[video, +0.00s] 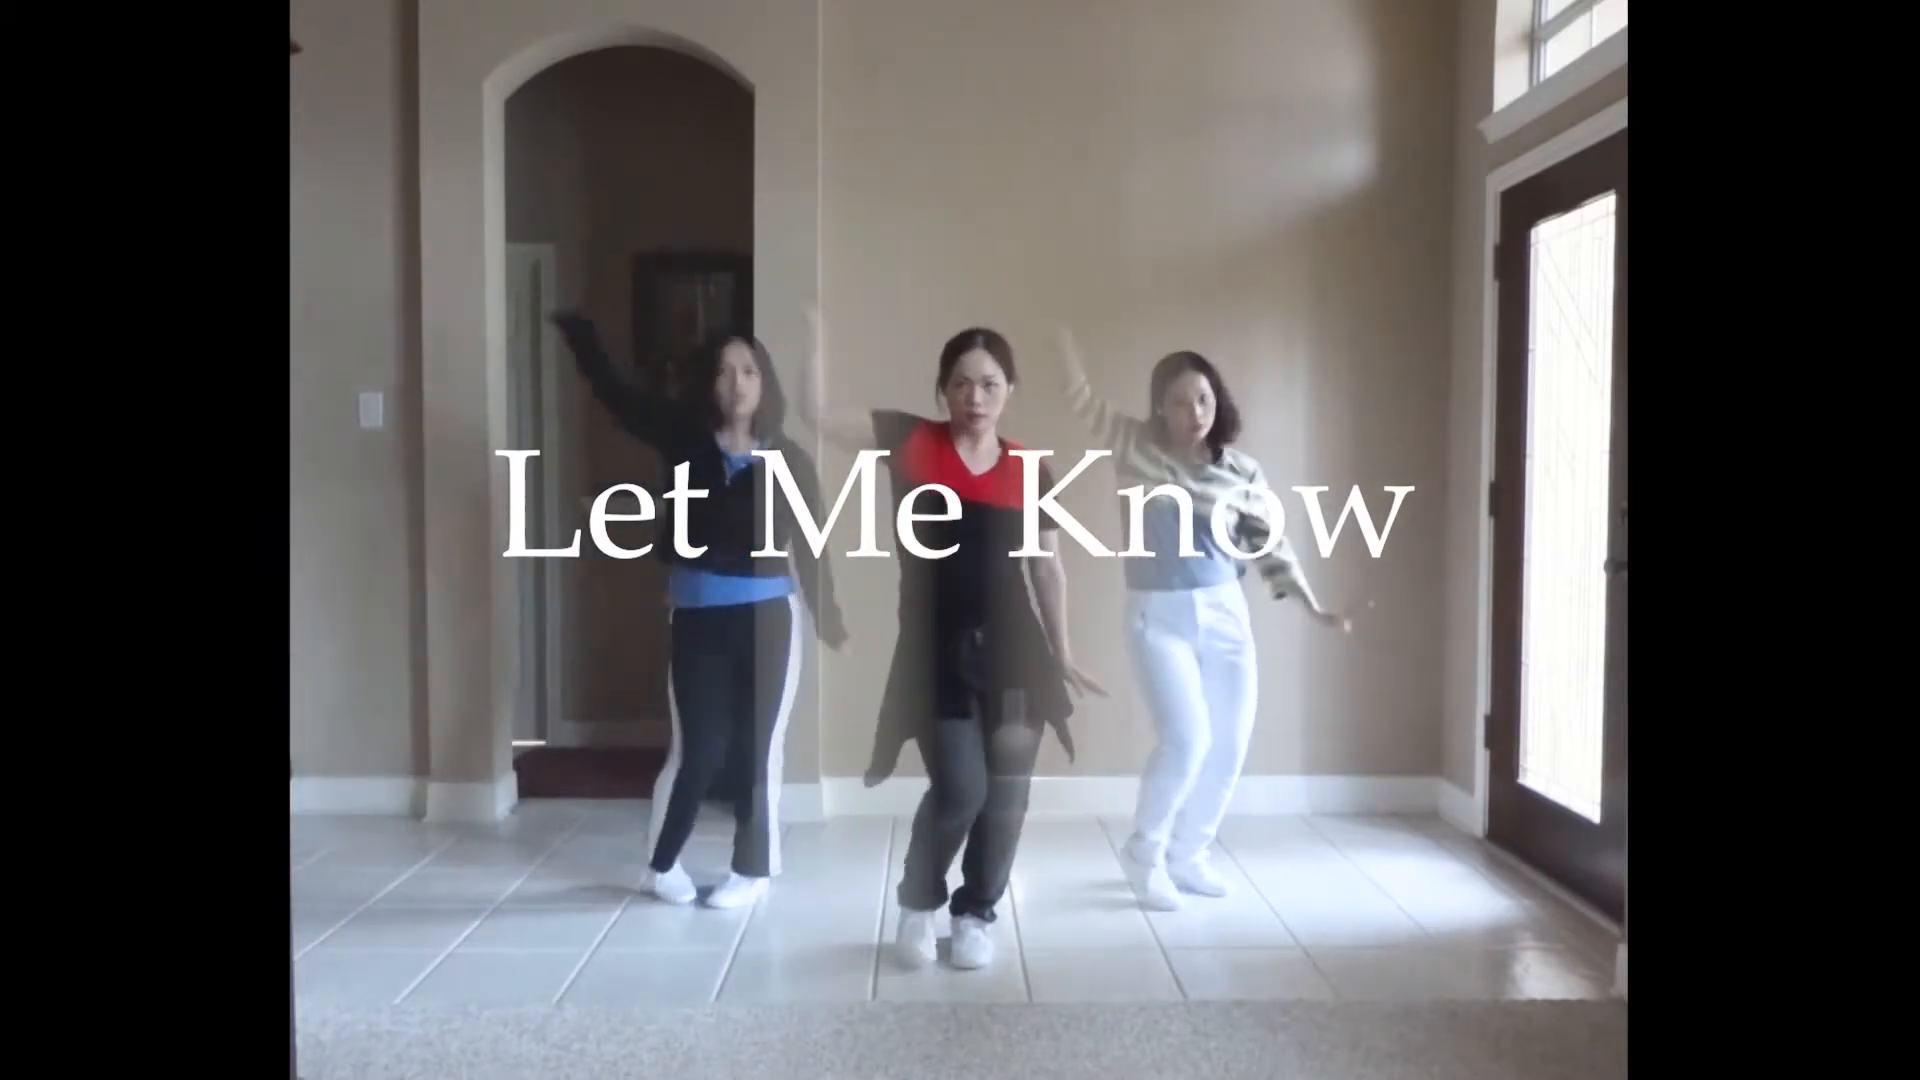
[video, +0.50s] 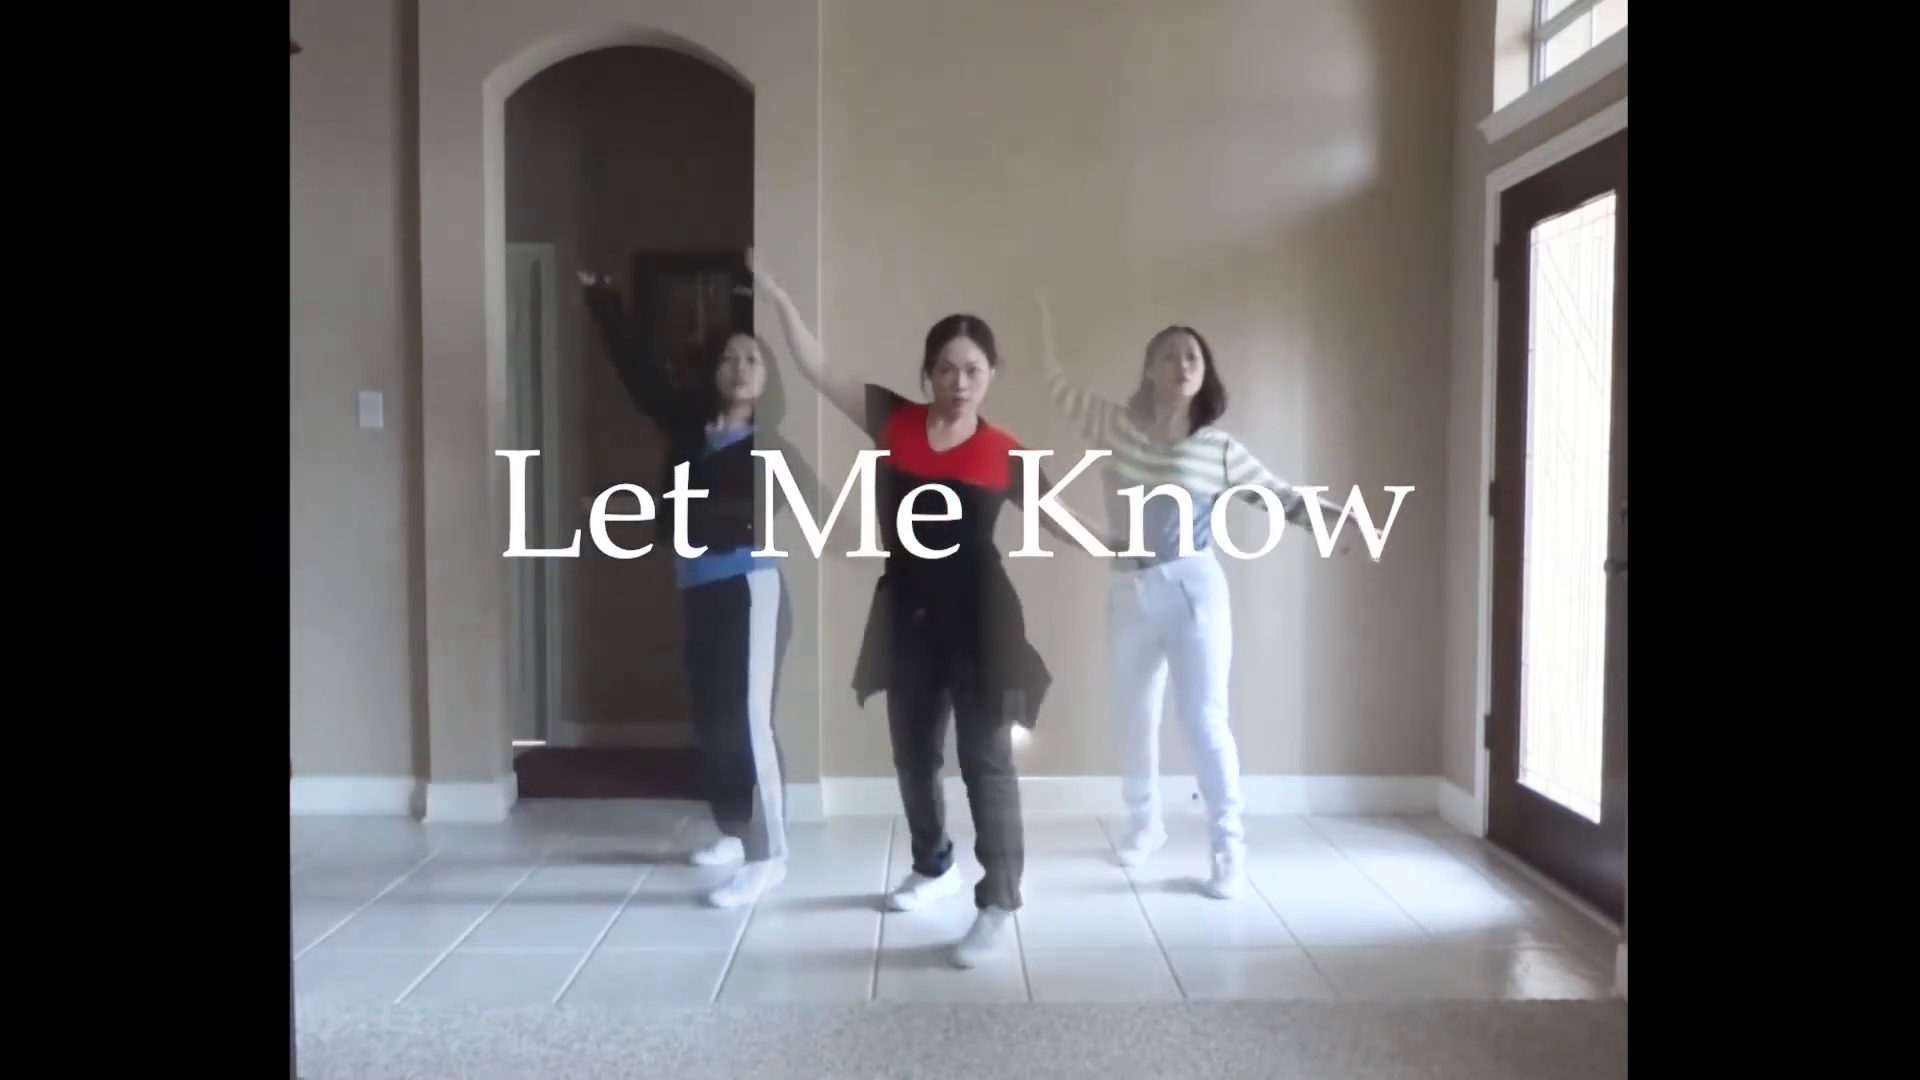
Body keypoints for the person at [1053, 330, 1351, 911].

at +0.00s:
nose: (1195, 411)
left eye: (1203, 399)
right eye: (1181, 402)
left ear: (1217, 403)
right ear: (1159, 408)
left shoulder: (1241, 471)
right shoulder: (1138, 449)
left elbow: (1270, 547)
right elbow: (1092, 412)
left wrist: (1311, 606)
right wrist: (1072, 373)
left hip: (1225, 616)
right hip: (1158, 619)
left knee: (1228, 743)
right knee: (1187, 741)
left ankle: (1189, 856)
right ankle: (1144, 854)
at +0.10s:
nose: (1194, 401)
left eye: (1202, 388)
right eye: (1180, 391)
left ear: (1218, 392)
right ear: (1159, 398)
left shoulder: (1246, 464)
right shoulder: (1139, 444)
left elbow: (1281, 538)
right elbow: (1089, 413)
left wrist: (1313, 601)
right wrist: (1073, 364)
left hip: (1219, 619)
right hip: (1150, 617)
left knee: (1221, 747)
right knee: (1161, 738)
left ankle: (1184, 855)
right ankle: (1132, 854)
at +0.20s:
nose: (1190, 374)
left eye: (1200, 364)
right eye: (1178, 364)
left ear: (1217, 374)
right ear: (1157, 374)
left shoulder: (1242, 442)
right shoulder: (1135, 434)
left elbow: (1288, 502)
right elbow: (1085, 415)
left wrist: (1326, 558)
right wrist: (1074, 377)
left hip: (1213, 605)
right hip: (1145, 601)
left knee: (1213, 740)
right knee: (1140, 731)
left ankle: (1186, 857)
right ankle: (1134, 856)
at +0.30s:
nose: (1190, 357)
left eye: (1201, 349)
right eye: (1178, 347)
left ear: (1216, 365)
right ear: (1156, 360)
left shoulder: (1236, 436)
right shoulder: (1130, 422)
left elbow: (1293, 489)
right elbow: (1079, 383)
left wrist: (1348, 538)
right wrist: (1045, 320)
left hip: (1209, 595)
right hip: (1140, 594)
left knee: (1209, 731)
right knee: (1132, 721)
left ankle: (1195, 849)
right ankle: (1137, 817)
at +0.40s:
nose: (1189, 358)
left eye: (1199, 351)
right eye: (1177, 349)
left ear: (1213, 367)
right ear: (1154, 361)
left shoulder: (1230, 439)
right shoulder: (1123, 421)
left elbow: (1287, 486)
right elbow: (1067, 381)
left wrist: (1332, 512)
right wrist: (1038, 313)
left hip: (1204, 589)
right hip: (1137, 591)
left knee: (1208, 723)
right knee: (1138, 718)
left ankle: (1214, 847)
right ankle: (1142, 823)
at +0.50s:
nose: (1182, 365)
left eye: (1192, 357)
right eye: (1170, 356)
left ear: (1205, 375)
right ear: (1148, 369)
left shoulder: (1218, 446)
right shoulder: (1116, 428)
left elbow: (1275, 492)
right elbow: (1060, 390)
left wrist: (1326, 517)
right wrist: (1039, 333)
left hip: (1196, 591)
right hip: (1131, 595)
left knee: (1205, 719)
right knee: (1133, 715)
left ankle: (1227, 842)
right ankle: (1145, 824)